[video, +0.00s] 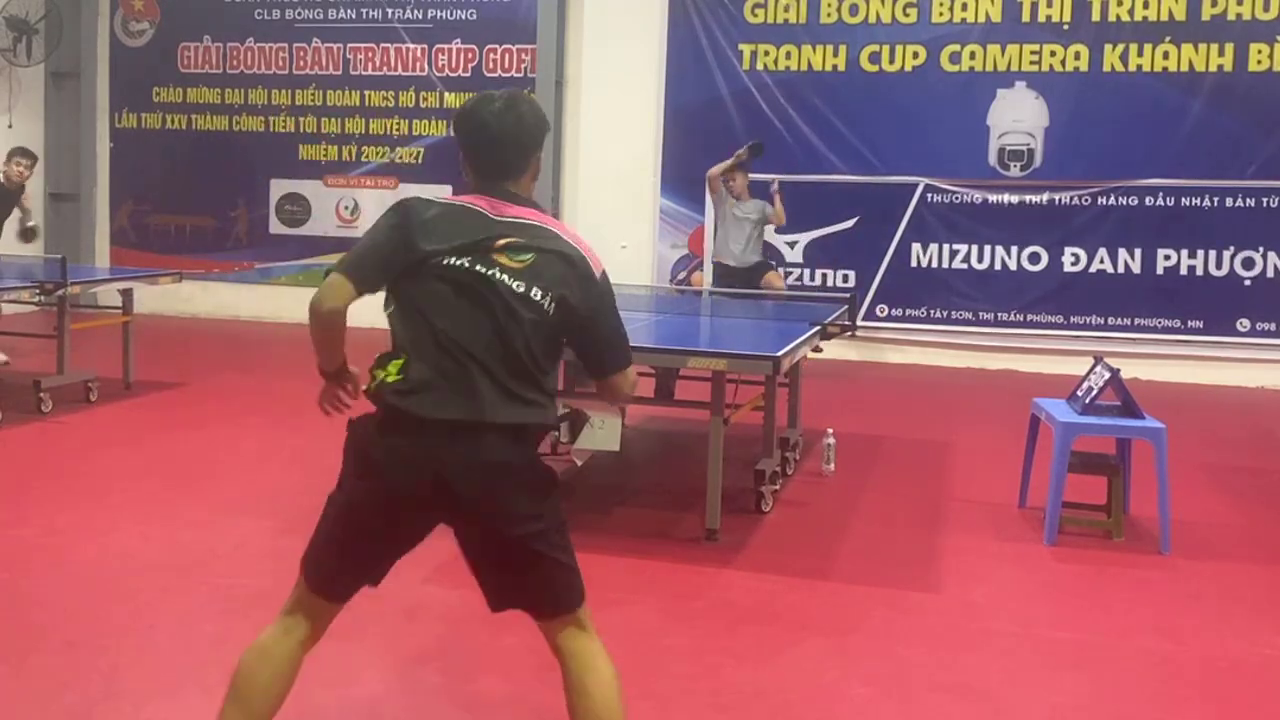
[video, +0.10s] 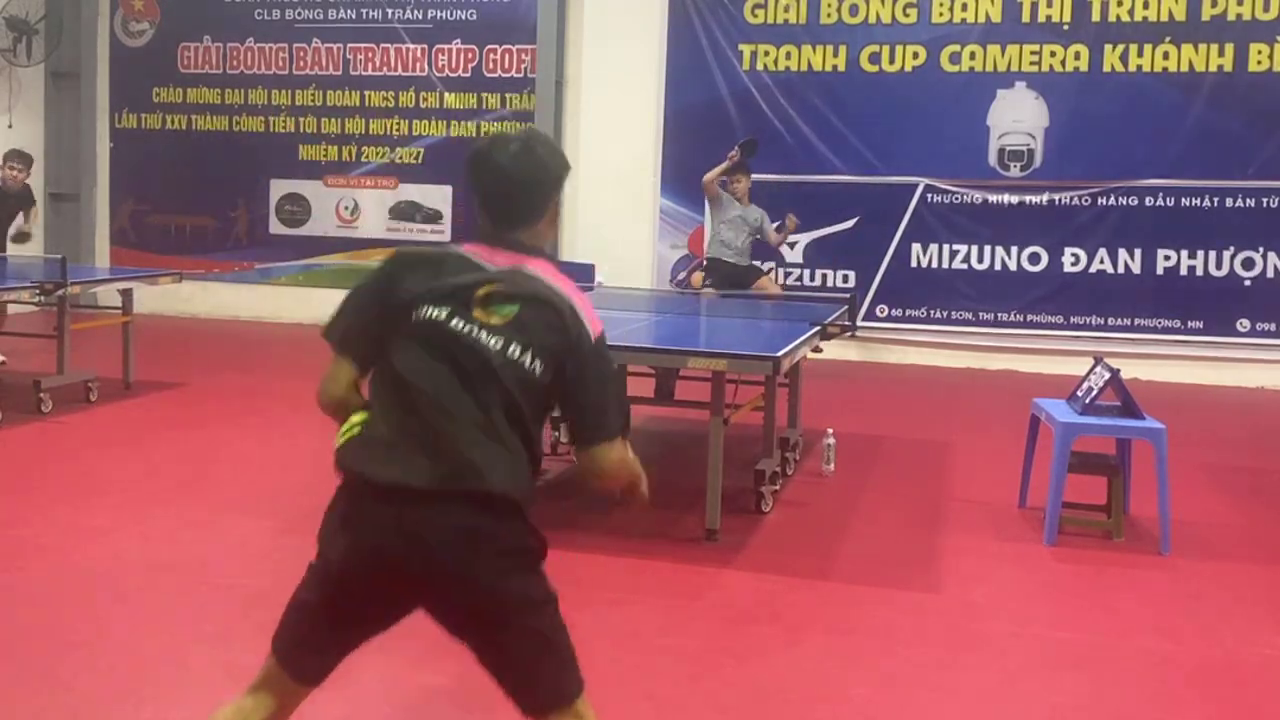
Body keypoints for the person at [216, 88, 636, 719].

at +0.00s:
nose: (541, 162)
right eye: (540, 153)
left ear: (463, 159)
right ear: (535, 163)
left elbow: (327, 303)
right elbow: (617, 384)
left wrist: (333, 369)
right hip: (504, 463)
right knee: (573, 632)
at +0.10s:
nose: (561, 204)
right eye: (561, 194)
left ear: (479, 200)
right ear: (552, 205)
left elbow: (334, 391)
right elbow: (605, 465)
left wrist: (379, 431)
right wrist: (628, 474)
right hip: (482, 534)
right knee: (563, 709)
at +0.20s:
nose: (575, 280)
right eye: (575, 267)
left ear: (488, 270)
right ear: (569, 279)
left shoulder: (437, 346)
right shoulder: (554, 385)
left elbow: (369, 446)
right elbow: (534, 533)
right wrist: (619, 616)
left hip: (343, 588)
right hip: (445, 607)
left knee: (309, 714)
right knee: (569, 715)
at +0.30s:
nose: (564, 289)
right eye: (565, 277)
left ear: (476, 277)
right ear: (555, 291)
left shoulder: (430, 347)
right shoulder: (498, 392)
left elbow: (415, 494)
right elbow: (407, 520)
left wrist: (522, 529)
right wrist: (469, 671)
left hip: (286, 607)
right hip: (370, 624)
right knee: (512, 714)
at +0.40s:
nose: (542, 288)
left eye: (543, 274)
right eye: (542, 276)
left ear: (455, 265)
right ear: (532, 286)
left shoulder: (398, 334)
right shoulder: (453, 369)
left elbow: (355, 462)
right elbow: (334, 486)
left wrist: (419, 547)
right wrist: (379, 641)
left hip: (206, 564)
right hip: (274, 582)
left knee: (259, 703)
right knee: (421, 708)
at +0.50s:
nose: (515, 322)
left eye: (524, 307)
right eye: (523, 306)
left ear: (441, 271)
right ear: (505, 301)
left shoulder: (373, 330)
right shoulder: (402, 381)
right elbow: (296, 520)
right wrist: (354, 687)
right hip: (202, 576)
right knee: (306, 704)